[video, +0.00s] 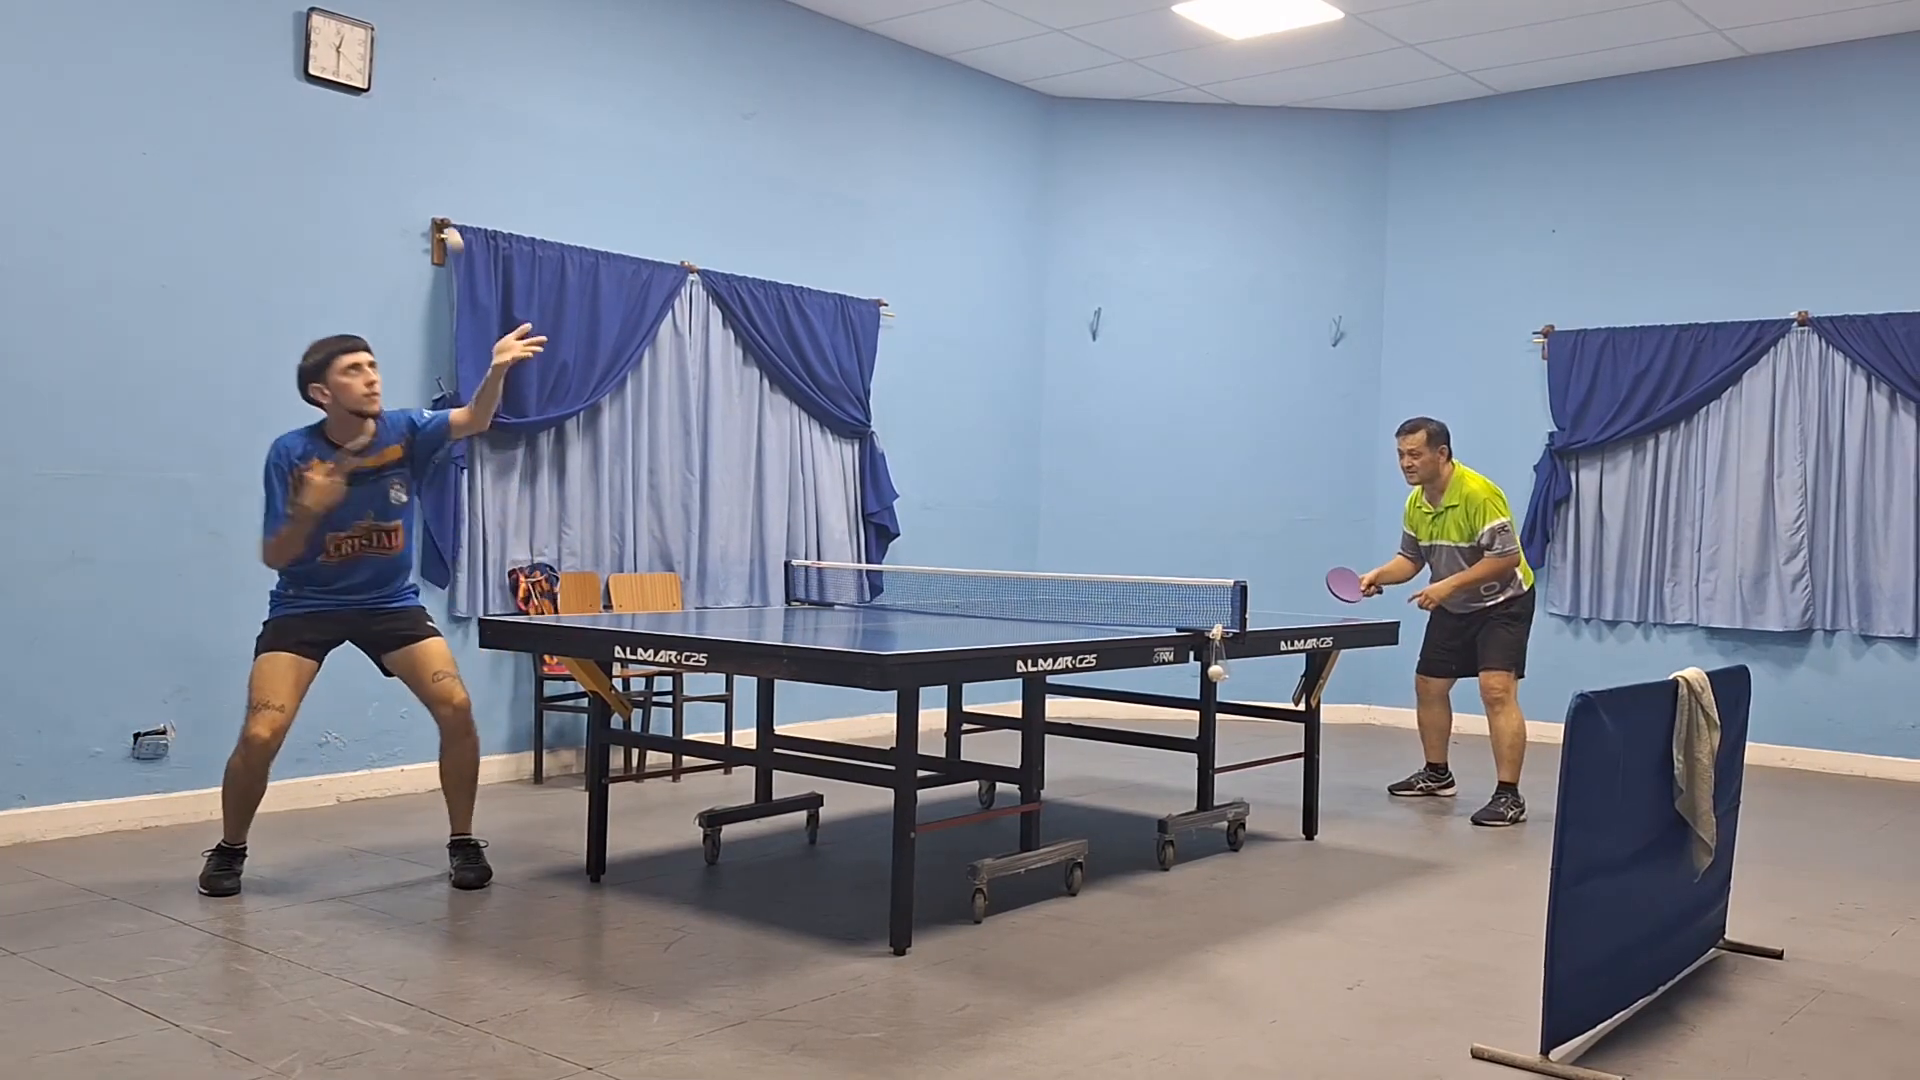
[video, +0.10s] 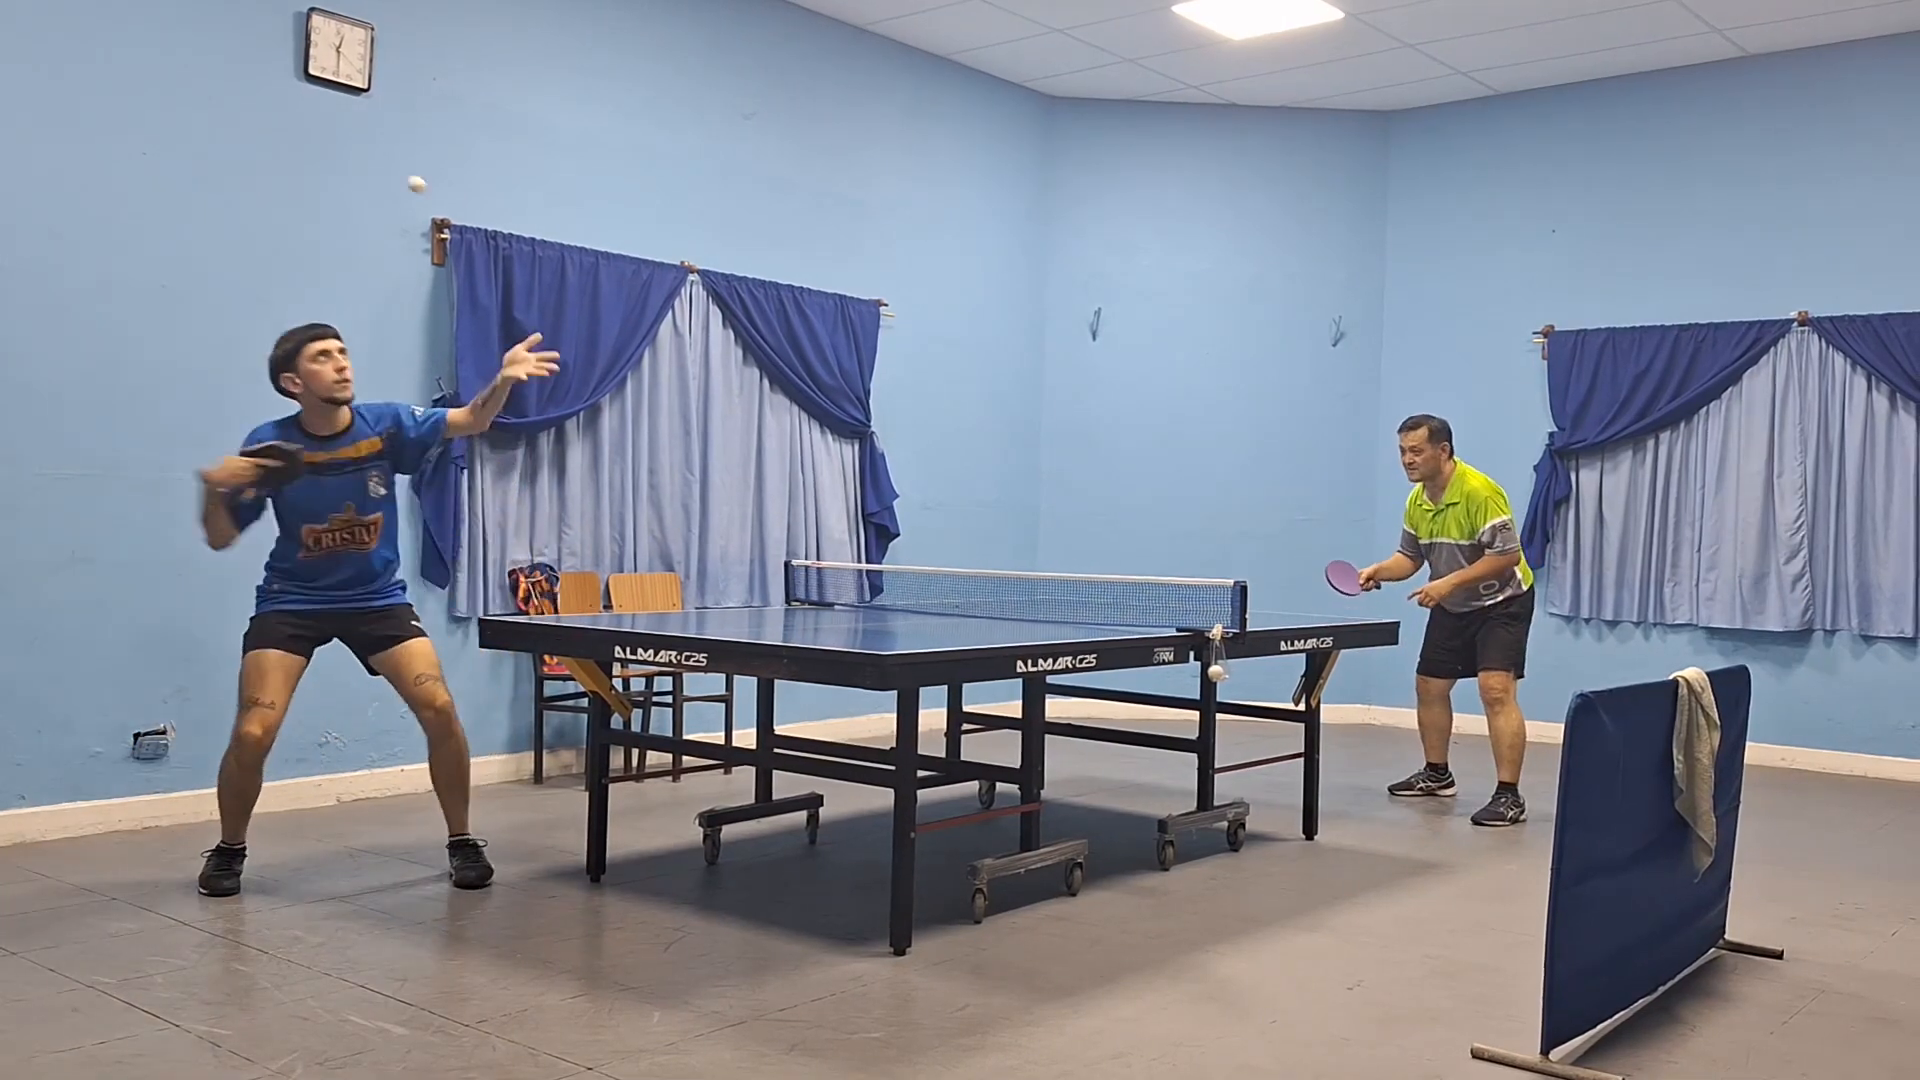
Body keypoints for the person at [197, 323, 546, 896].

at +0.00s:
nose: (371, 378)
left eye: (373, 368)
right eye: (354, 370)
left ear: (380, 377)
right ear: (321, 393)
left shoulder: (406, 430)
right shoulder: (291, 453)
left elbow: (476, 417)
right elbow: (276, 557)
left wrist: (497, 367)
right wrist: (308, 511)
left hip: (389, 600)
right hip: (305, 604)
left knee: (454, 704)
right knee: (261, 733)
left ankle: (463, 842)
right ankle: (230, 849)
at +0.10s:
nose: (340, 365)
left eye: (342, 354)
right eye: (322, 358)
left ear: (353, 367)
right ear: (291, 380)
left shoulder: (386, 423)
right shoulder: (269, 445)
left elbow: (471, 419)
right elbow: (221, 536)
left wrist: (504, 377)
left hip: (378, 599)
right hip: (291, 600)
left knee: (437, 704)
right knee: (254, 732)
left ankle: (462, 843)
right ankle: (229, 849)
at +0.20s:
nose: (313, 354)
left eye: (316, 346)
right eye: (295, 349)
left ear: (327, 362)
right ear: (266, 377)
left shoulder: (369, 423)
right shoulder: (246, 441)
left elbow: (464, 432)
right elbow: (177, 508)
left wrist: (508, 400)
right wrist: (144, 467)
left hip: (360, 595)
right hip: (274, 598)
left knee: (426, 707)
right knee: (242, 732)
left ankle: (460, 843)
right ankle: (228, 849)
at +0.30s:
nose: (295, 351)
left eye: (297, 341)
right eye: (278, 345)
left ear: (309, 356)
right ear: (246, 373)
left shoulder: (354, 422)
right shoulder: (233, 437)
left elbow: (444, 450)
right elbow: (162, 481)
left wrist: (505, 430)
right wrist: (109, 439)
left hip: (346, 594)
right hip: (259, 598)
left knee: (424, 704)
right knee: (230, 734)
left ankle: (449, 833)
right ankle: (229, 852)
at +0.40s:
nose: (293, 355)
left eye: (294, 346)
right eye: (275, 351)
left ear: (305, 360)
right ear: (244, 377)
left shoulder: (351, 427)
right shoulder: (232, 437)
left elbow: (428, 474)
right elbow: (162, 485)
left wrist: (498, 466)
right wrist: (95, 438)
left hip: (335, 590)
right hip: (250, 596)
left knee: (425, 692)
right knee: (225, 733)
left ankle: (399, 798)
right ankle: (230, 849)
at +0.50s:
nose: (314, 369)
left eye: (313, 358)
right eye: (295, 364)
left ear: (321, 370)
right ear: (262, 390)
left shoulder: (359, 439)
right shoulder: (238, 445)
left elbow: (419, 497)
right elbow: (169, 502)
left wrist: (492, 502)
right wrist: (100, 451)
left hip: (328, 594)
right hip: (245, 598)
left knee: (422, 682)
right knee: (224, 741)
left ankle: (342, 759)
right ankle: (230, 851)